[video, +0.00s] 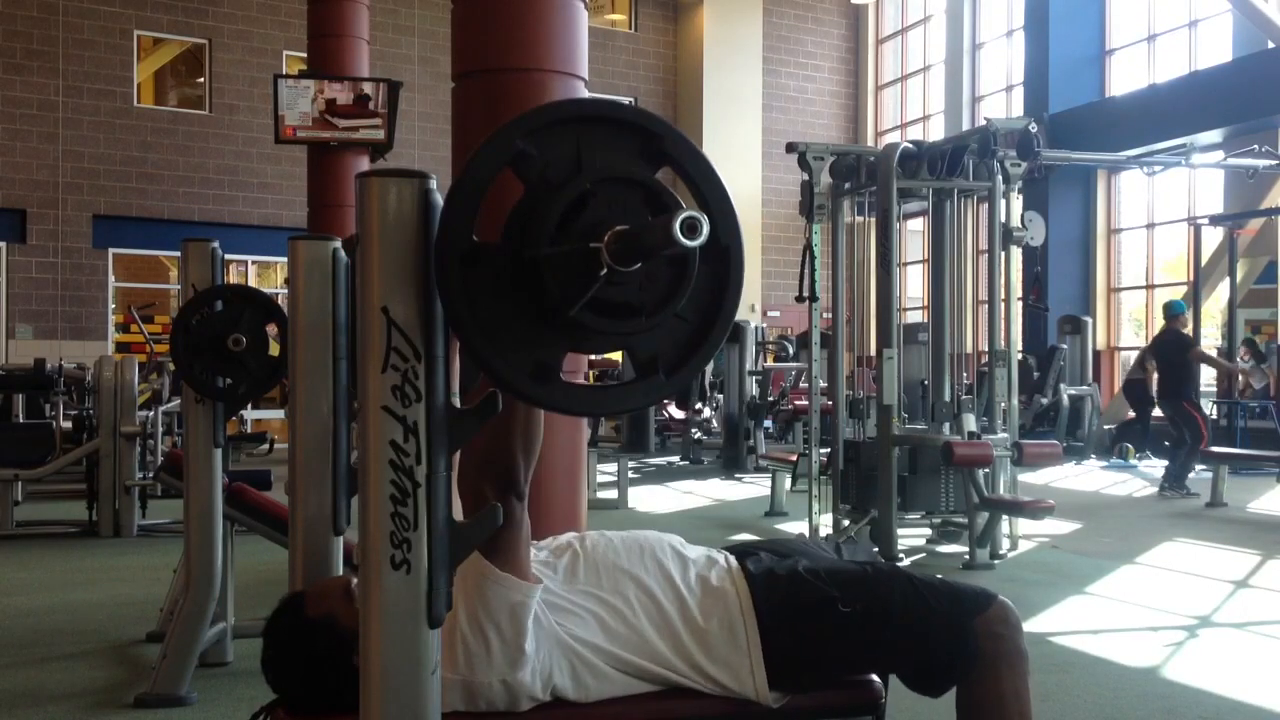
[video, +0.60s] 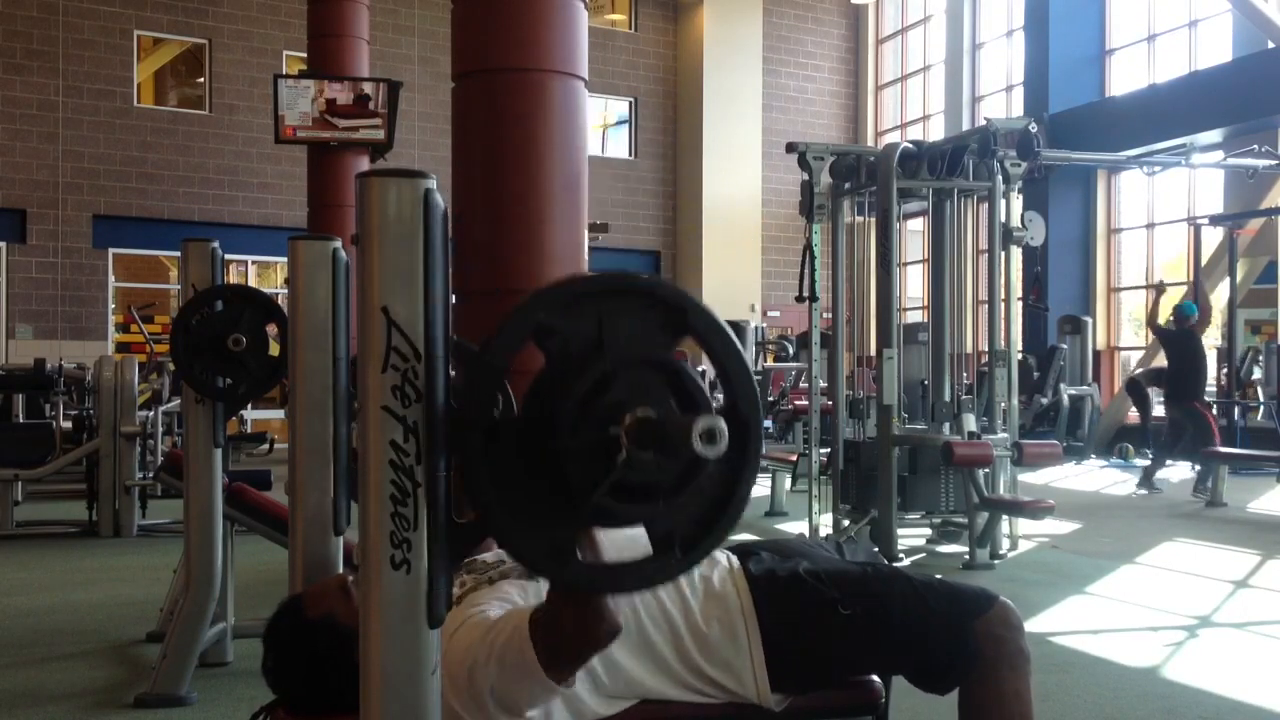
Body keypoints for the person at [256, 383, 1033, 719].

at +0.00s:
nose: (358, 578)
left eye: (340, 581)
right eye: (342, 594)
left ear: (349, 647)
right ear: (356, 642)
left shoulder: (454, 637)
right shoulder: (474, 664)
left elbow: (493, 494)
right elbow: (509, 485)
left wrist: (504, 346)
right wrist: (527, 323)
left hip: (716, 582)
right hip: (742, 617)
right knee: (988, 623)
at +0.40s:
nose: (355, 575)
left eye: (336, 580)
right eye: (338, 595)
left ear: (346, 659)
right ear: (355, 646)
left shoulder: (436, 627)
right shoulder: (475, 668)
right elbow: (549, 525)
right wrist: (523, 349)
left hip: (721, 593)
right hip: (741, 614)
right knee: (987, 627)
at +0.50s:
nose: (356, 566)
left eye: (338, 568)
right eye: (341, 585)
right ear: (345, 642)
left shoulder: (440, 608)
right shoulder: (457, 670)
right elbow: (568, 586)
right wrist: (539, 448)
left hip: (733, 588)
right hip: (748, 614)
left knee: (865, 689)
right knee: (985, 626)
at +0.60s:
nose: (361, 577)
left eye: (346, 578)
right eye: (346, 592)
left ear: (370, 590)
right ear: (351, 642)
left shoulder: (463, 599)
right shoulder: (453, 666)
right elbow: (580, 628)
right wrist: (555, 490)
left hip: (730, 583)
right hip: (740, 615)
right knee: (986, 627)